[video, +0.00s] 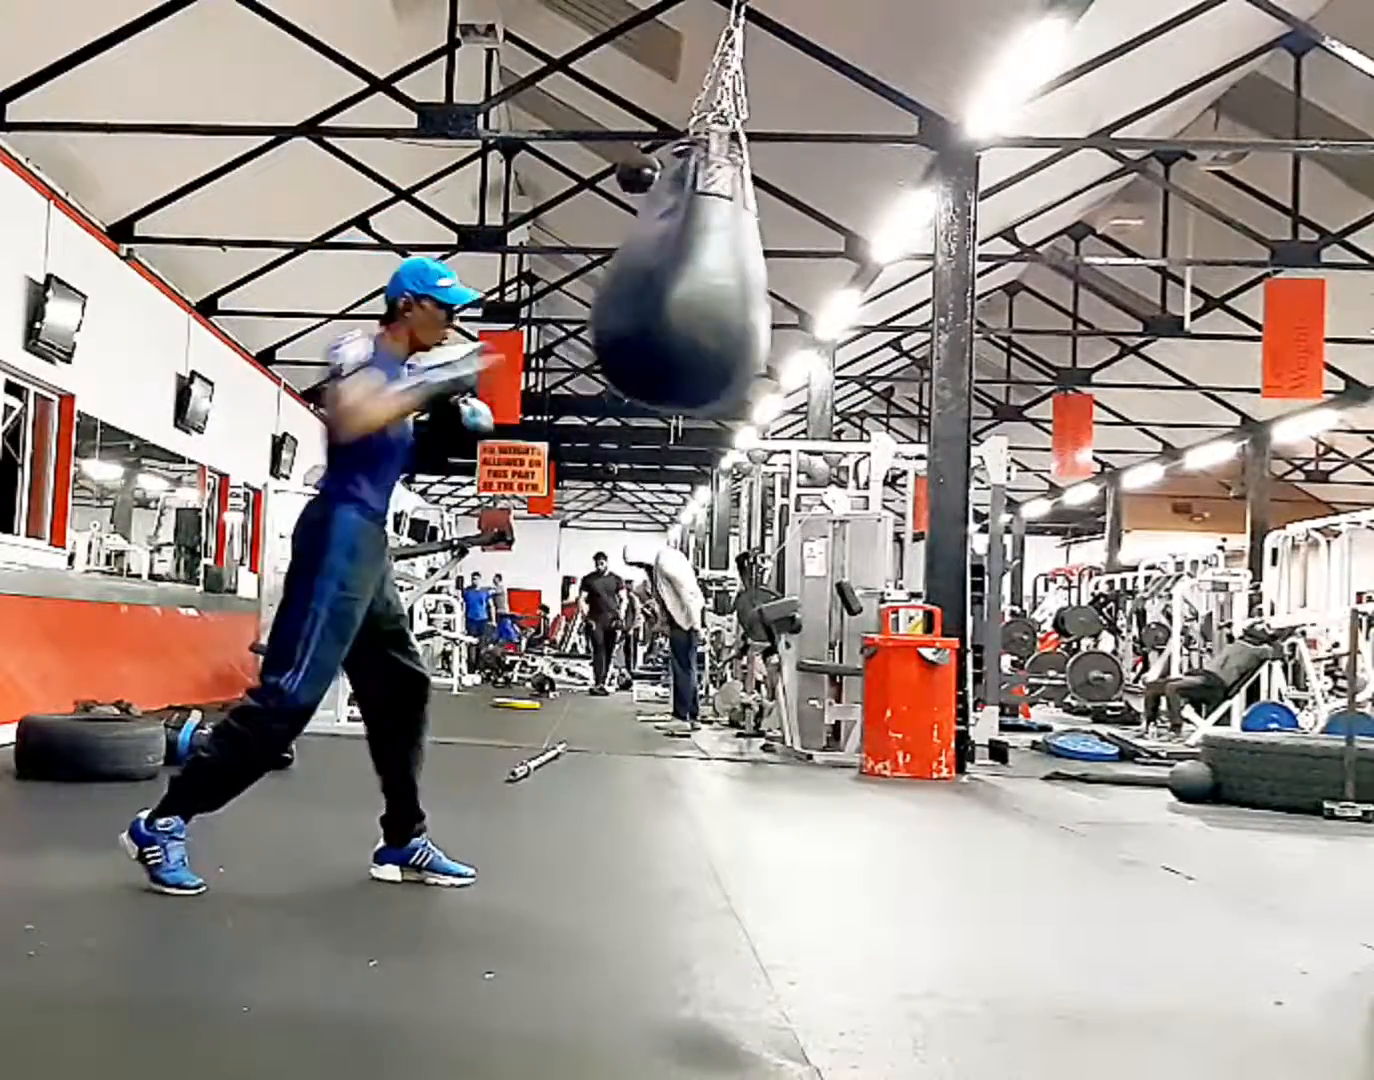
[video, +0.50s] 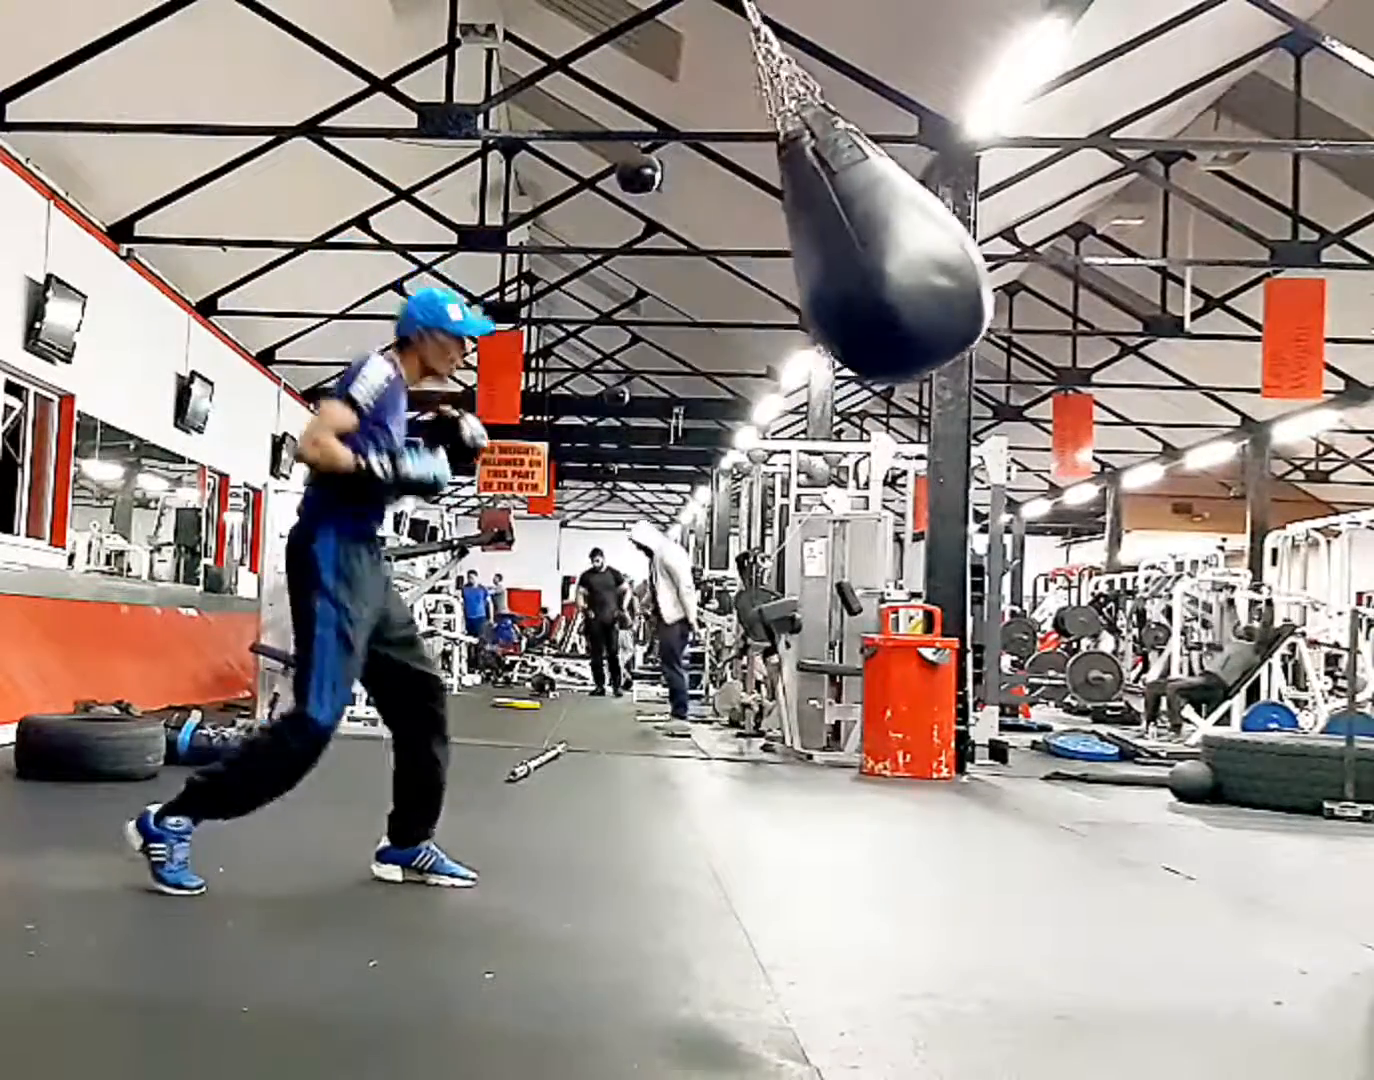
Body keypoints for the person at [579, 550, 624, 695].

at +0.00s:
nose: (600, 565)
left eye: (602, 562)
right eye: (598, 563)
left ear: (607, 563)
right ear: (595, 564)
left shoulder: (616, 579)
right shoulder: (588, 579)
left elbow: (624, 598)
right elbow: (581, 599)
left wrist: (620, 615)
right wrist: (585, 615)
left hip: (611, 617)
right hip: (595, 617)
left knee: (608, 649)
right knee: (598, 648)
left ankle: (603, 679)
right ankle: (599, 681)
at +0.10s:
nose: (599, 565)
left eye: (601, 562)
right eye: (596, 563)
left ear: (606, 562)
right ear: (593, 564)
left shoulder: (616, 578)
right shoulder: (588, 580)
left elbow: (624, 598)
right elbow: (581, 599)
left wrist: (621, 615)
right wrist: (585, 616)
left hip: (612, 618)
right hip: (595, 618)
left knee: (610, 651)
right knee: (599, 651)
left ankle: (603, 681)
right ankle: (599, 683)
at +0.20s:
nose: (598, 564)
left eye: (600, 561)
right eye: (595, 562)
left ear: (604, 561)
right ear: (592, 563)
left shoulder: (615, 576)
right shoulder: (587, 579)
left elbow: (624, 595)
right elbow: (581, 599)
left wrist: (622, 612)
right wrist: (586, 616)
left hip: (612, 617)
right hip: (595, 618)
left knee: (616, 649)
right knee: (597, 651)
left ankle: (607, 679)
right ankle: (599, 682)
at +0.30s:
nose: (597, 563)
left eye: (599, 560)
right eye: (594, 561)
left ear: (604, 560)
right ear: (591, 562)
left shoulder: (615, 575)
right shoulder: (587, 578)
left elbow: (625, 593)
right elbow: (580, 598)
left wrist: (622, 610)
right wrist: (587, 613)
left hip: (613, 619)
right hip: (596, 620)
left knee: (617, 651)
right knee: (597, 653)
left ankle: (612, 680)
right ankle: (599, 683)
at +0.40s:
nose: (597, 563)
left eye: (599, 560)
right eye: (594, 561)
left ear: (604, 559)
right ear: (591, 561)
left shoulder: (615, 575)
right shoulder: (586, 577)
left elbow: (625, 591)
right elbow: (580, 597)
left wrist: (623, 608)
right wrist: (586, 610)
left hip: (613, 618)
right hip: (595, 619)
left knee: (616, 652)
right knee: (597, 654)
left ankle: (616, 682)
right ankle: (599, 685)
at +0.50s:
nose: (596, 563)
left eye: (598, 560)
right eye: (594, 560)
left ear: (604, 559)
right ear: (591, 561)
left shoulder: (614, 574)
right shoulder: (586, 576)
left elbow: (626, 590)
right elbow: (580, 595)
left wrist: (623, 608)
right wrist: (584, 609)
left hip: (611, 619)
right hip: (594, 620)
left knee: (613, 654)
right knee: (596, 655)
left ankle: (616, 685)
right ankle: (599, 685)